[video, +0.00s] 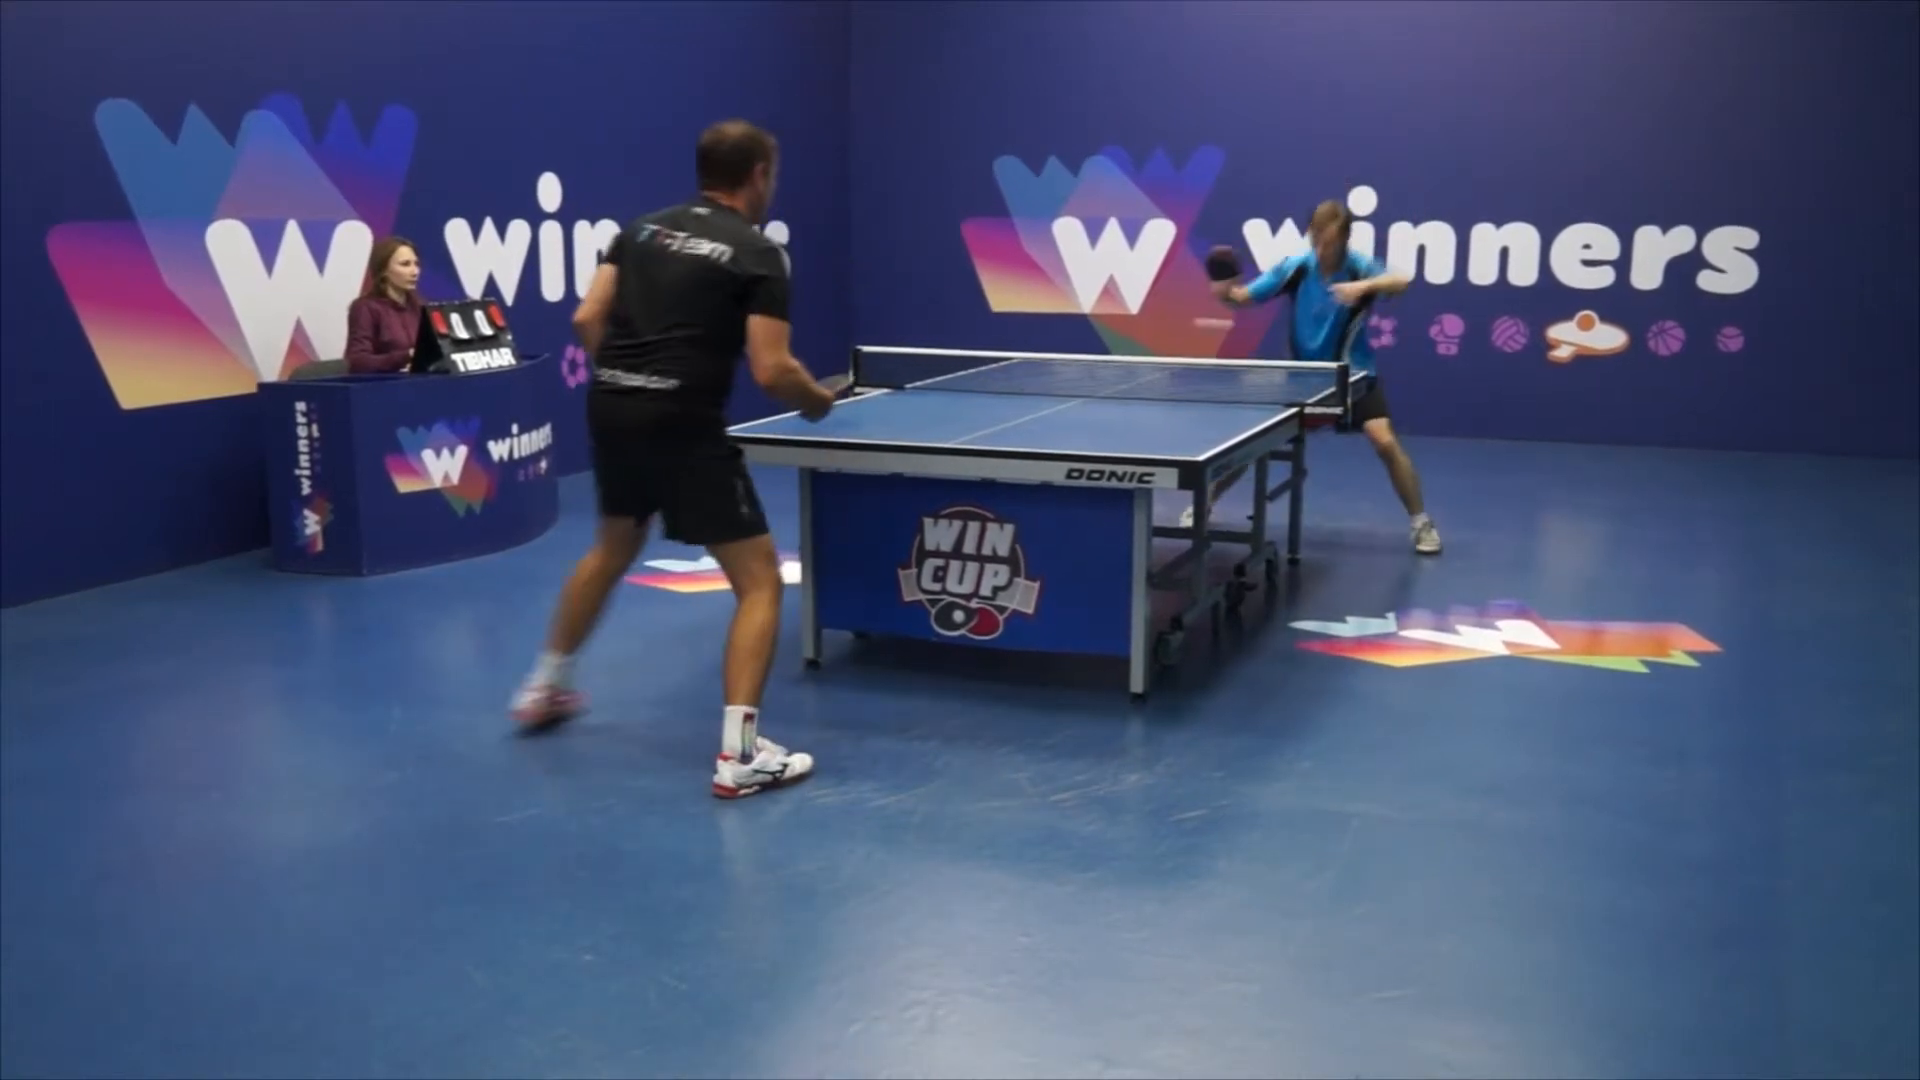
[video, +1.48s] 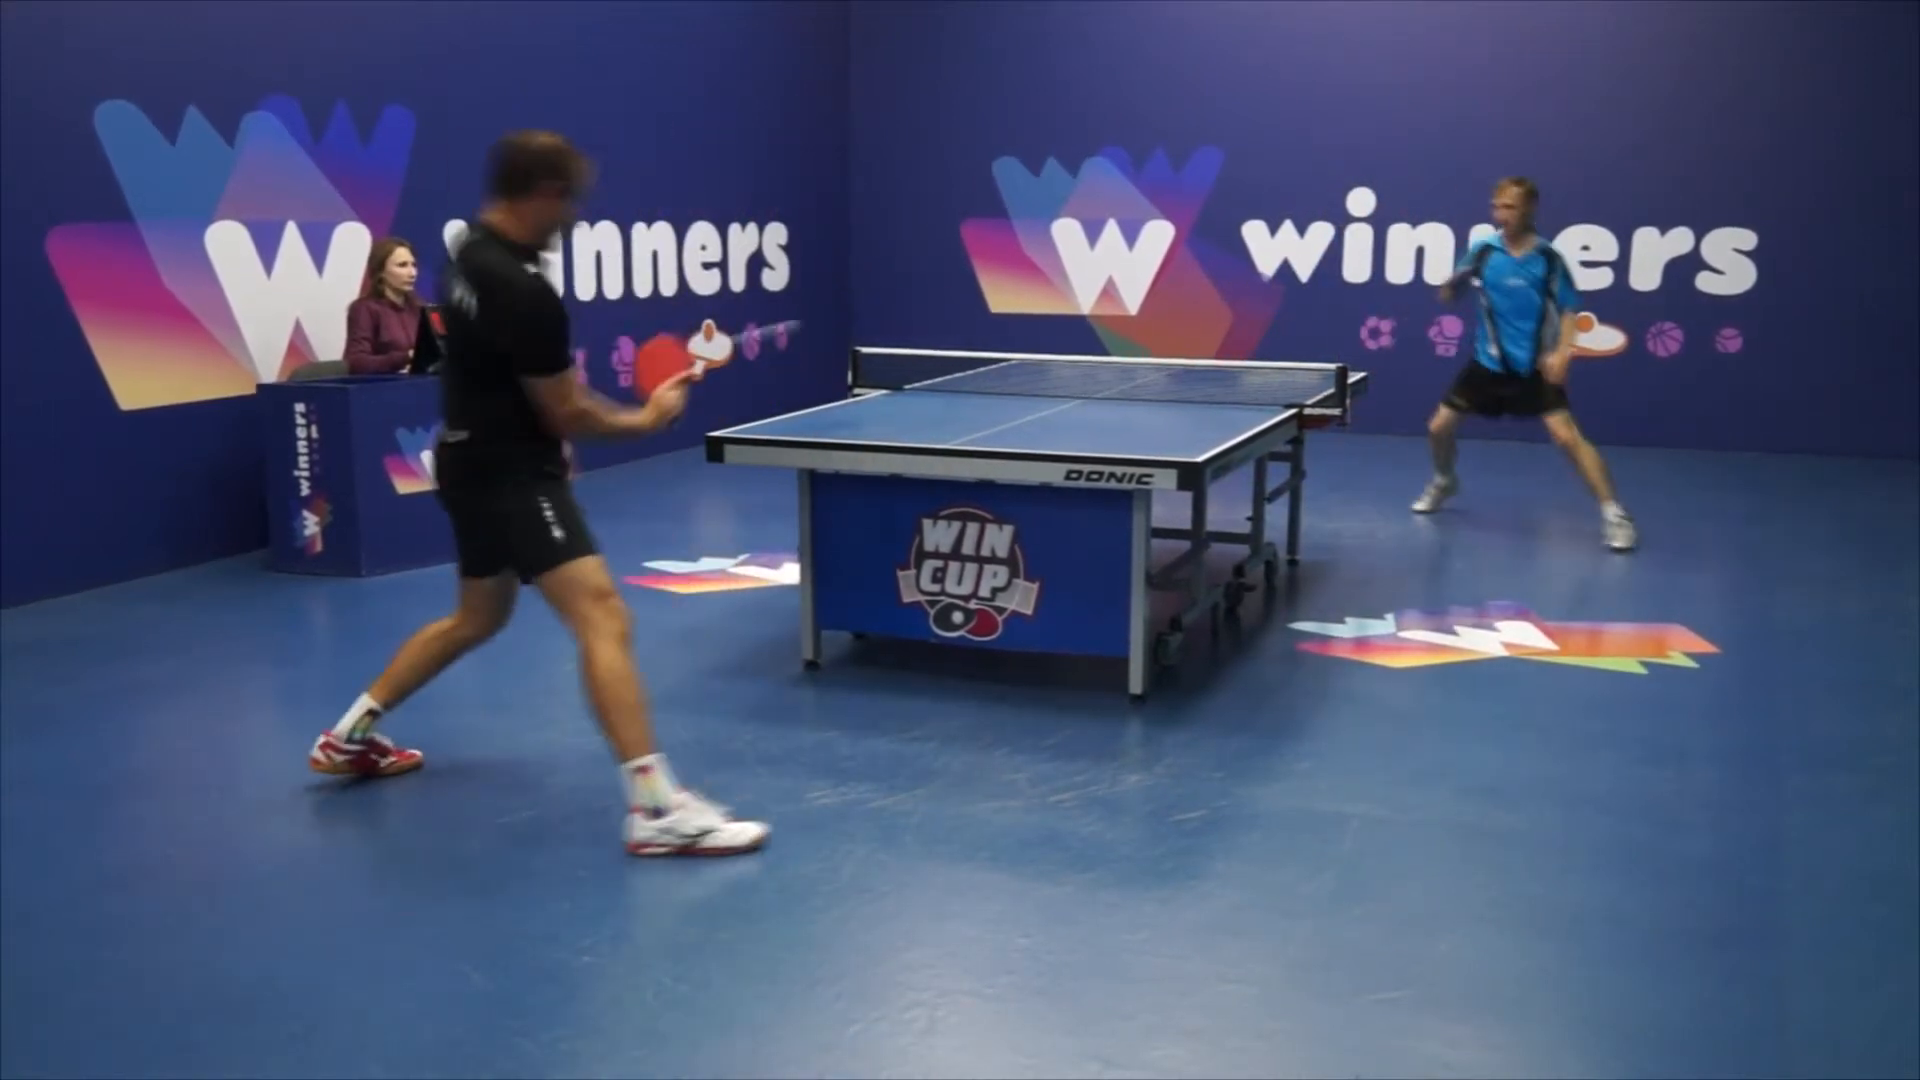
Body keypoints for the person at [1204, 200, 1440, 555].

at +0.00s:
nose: (1323, 248)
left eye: (1330, 241)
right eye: (1318, 239)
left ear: (1345, 238)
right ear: (1311, 235)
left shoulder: (1359, 267)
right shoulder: (1296, 268)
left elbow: (1400, 281)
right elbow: (1249, 296)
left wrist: (1361, 287)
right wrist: (1227, 291)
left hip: (1352, 375)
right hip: (1301, 375)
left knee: (1384, 440)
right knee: (1250, 434)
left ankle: (1420, 522)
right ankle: (1205, 503)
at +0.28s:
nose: (1341, 227)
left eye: (1349, 220)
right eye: (1336, 219)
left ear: (1365, 221)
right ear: (1330, 218)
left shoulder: (1387, 261)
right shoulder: (1319, 261)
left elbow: (1427, 297)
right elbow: (1296, 306)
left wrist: (1404, 313)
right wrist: (1277, 314)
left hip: (1375, 372)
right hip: (1328, 371)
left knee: (1393, 441)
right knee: (1286, 420)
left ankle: (1431, 519)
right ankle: (1284, 491)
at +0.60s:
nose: (1351, 225)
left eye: (1359, 219)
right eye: (1348, 218)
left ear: (1377, 221)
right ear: (1343, 219)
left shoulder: (1402, 255)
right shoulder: (1348, 262)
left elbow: (1441, 300)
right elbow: (1341, 311)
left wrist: (1404, 335)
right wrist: (1315, 327)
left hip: (1422, 362)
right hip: (1382, 364)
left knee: (1438, 436)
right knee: (1340, 426)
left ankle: (1493, 510)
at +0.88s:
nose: (1403, 251)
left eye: (1409, 244)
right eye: (1399, 244)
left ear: (1427, 243)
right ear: (1396, 245)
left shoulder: (1431, 273)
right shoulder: (1447, 272)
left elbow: (1390, 325)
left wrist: (1392, 329)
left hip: (1485, 383)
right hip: (1458, 383)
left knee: (1470, 468)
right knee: (1407, 437)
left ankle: (1549, 516)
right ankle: (1404, 500)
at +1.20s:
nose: (1507, 210)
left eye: (1514, 203)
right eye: (1503, 202)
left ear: (1537, 205)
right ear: (1498, 203)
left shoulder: (1555, 244)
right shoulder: (1487, 233)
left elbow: (1577, 280)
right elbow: (1458, 259)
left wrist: (1539, 274)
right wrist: (1500, 236)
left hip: (1527, 355)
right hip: (1485, 349)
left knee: (1541, 436)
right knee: (1465, 432)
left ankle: (1589, 509)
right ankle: (1487, 474)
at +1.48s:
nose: (1501, 215)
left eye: (1509, 208)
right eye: (1497, 207)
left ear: (1529, 212)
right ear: (1493, 210)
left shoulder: (1548, 259)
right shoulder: (1484, 251)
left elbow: (1570, 311)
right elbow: (1453, 291)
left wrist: (1562, 353)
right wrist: (1450, 288)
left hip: (1533, 371)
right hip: (1486, 368)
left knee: (1566, 436)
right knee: (1438, 427)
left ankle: (1613, 513)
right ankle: (1444, 481)